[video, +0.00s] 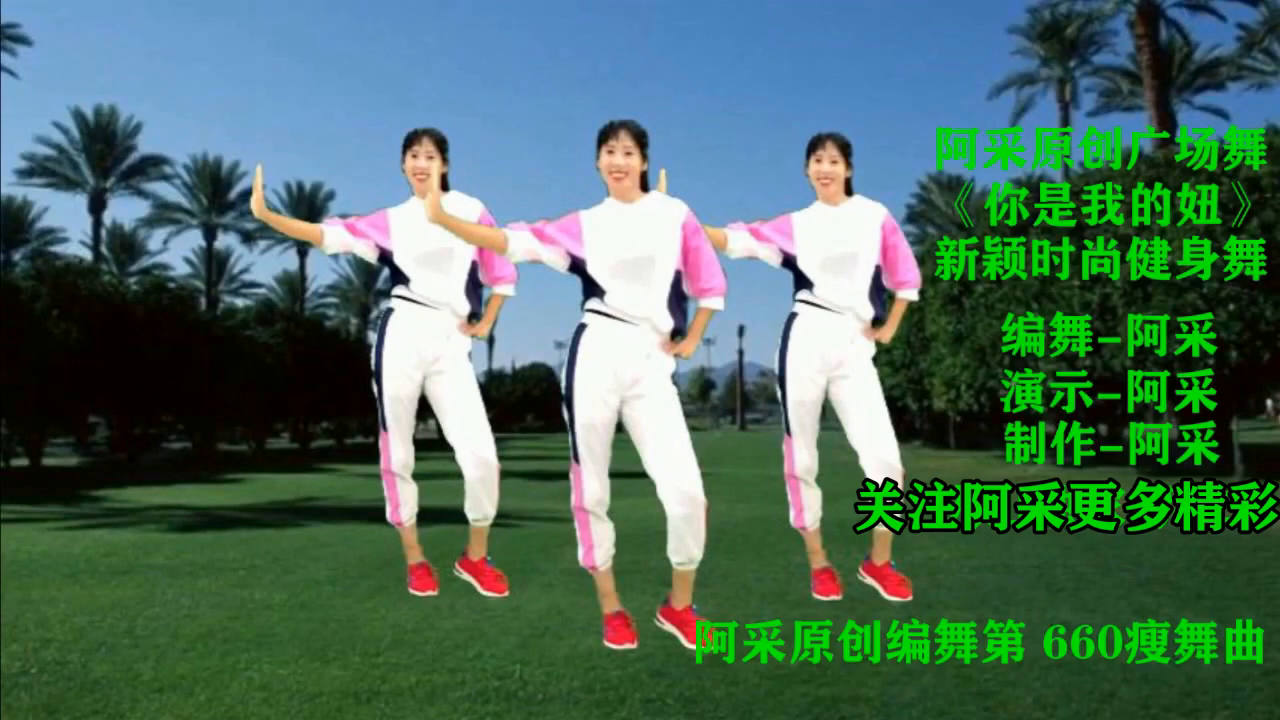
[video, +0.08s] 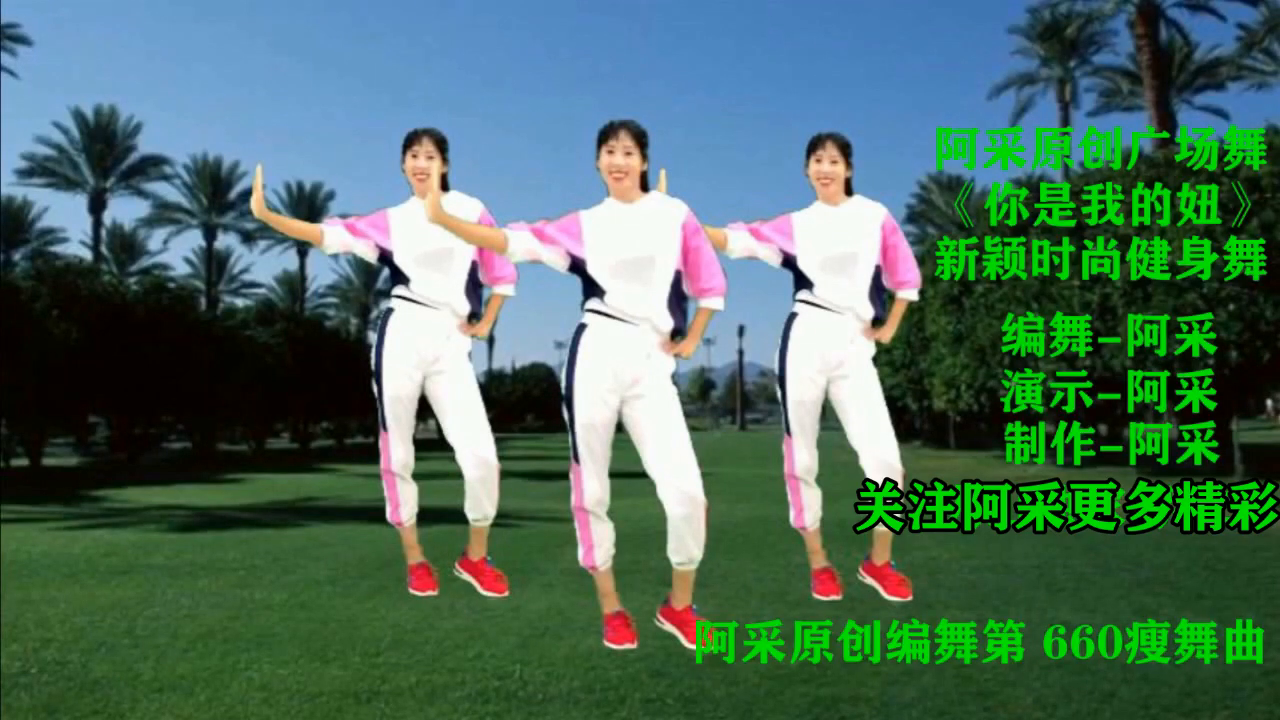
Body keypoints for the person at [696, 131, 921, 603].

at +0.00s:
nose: (825, 168)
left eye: (833, 161)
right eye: (818, 161)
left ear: (848, 169)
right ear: (807, 171)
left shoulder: (875, 217)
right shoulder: (797, 223)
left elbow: (907, 277)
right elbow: (734, 238)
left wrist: (888, 329)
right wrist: (682, 224)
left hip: (855, 340)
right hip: (806, 335)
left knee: (885, 458)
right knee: (802, 458)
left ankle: (879, 562)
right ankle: (819, 565)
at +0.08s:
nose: (825, 168)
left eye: (833, 161)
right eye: (818, 161)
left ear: (848, 169)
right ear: (807, 171)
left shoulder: (876, 217)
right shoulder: (797, 223)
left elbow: (907, 277)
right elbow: (734, 238)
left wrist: (888, 329)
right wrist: (682, 224)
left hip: (855, 340)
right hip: (806, 335)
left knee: (885, 458)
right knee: (802, 458)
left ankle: (879, 562)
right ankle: (819, 565)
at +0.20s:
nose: (825, 168)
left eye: (833, 161)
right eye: (818, 161)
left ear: (848, 169)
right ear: (807, 171)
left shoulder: (876, 217)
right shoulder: (797, 223)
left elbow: (907, 277)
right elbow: (734, 238)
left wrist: (888, 329)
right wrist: (682, 224)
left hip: (855, 340)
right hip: (806, 335)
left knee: (885, 458)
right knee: (802, 458)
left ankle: (879, 562)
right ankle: (819, 565)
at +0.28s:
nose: (825, 168)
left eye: (833, 161)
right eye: (818, 161)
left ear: (848, 169)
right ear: (807, 171)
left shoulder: (876, 217)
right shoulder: (797, 223)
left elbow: (907, 277)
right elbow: (734, 238)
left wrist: (888, 329)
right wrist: (682, 224)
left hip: (855, 340)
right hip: (806, 335)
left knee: (885, 458)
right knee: (802, 458)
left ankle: (879, 562)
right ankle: (819, 565)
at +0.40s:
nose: (825, 168)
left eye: (833, 161)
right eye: (818, 161)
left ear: (848, 169)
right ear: (807, 171)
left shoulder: (876, 217)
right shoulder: (797, 223)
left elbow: (907, 277)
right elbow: (734, 238)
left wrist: (888, 329)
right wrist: (682, 224)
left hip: (855, 340)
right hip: (806, 335)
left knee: (885, 458)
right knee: (802, 458)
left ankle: (879, 562)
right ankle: (819, 565)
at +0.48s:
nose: (825, 168)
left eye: (833, 161)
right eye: (818, 161)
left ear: (848, 169)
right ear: (807, 171)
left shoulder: (876, 217)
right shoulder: (797, 223)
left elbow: (907, 277)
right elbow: (734, 238)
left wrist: (888, 329)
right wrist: (682, 224)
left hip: (855, 340)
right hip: (806, 335)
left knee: (885, 458)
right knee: (802, 458)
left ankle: (879, 562)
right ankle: (819, 565)